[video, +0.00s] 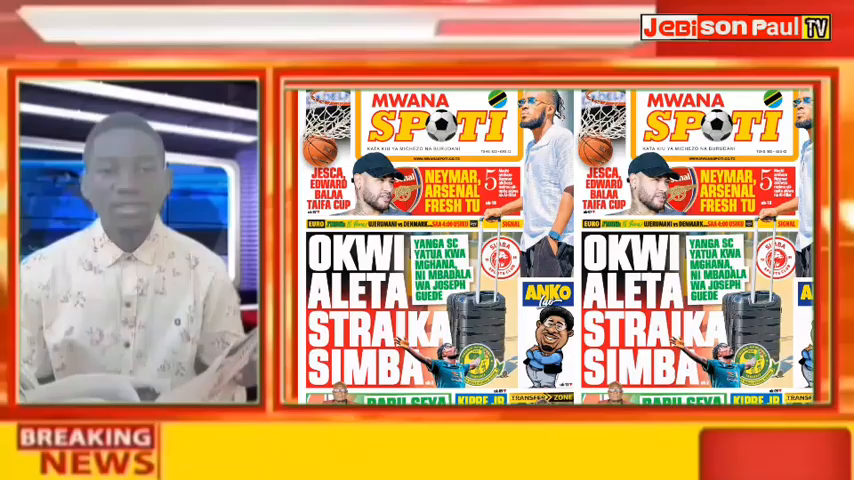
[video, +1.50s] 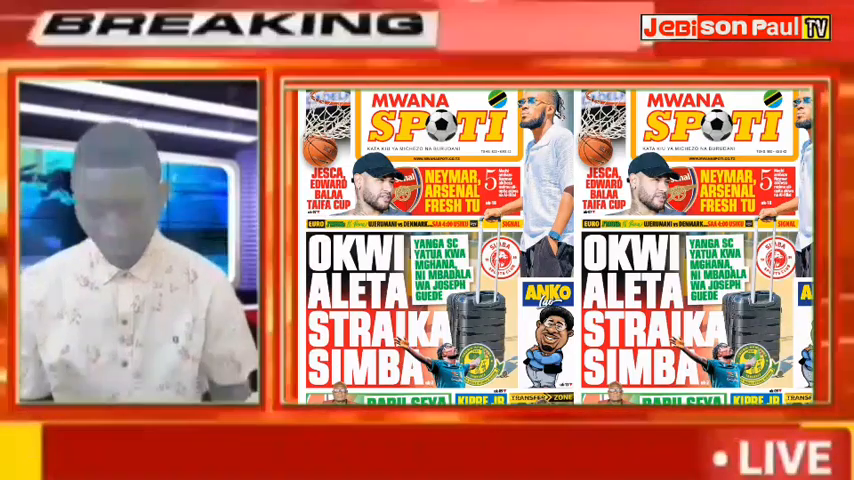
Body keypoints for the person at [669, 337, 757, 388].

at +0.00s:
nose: (729, 348)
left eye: (729, 347)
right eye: (724, 347)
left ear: (731, 351)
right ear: (718, 353)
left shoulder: (737, 366)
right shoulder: (714, 364)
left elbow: (749, 365)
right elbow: (698, 359)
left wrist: (754, 359)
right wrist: (684, 348)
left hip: (736, 401)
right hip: (720, 401)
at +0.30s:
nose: (728, 349)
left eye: (729, 347)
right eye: (724, 347)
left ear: (731, 351)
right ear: (718, 353)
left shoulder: (737, 366)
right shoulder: (714, 364)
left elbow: (750, 365)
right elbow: (698, 359)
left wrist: (754, 359)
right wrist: (684, 348)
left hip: (736, 401)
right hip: (720, 401)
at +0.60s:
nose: (728, 349)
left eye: (729, 347)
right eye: (724, 347)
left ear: (731, 351)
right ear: (718, 353)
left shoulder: (737, 366)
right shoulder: (714, 364)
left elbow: (750, 365)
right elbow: (698, 359)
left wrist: (754, 359)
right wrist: (684, 348)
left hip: (736, 401)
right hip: (720, 401)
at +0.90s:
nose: (729, 348)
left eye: (729, 347)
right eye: (724, 347)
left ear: (731, 351)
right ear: (718, 353)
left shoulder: (737, 366)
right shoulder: (714, 364)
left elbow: (749, 365)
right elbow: (698, 359)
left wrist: (754, 359)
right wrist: (684, 348)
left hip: (736, 401)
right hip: (720, 401)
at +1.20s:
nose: (728, 349)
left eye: (729, 347)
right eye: (724, 347)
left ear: (731, 351)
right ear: (718, 353)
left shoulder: (737, 366)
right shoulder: (714, 364)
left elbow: (750, 365)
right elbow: (698, 359)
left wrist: (754, 359)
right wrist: (684, 348)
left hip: (736, 401)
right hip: (720, 401)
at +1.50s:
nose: (728, 349)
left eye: (729, 347)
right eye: (724, 347)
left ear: (731, 351)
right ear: (718, 353)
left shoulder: (737, 366)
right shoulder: (714, 364)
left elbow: (750, 365)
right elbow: (698, 359)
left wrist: (754, 359)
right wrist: (684, 348)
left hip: (737, 401)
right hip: (720, 401)